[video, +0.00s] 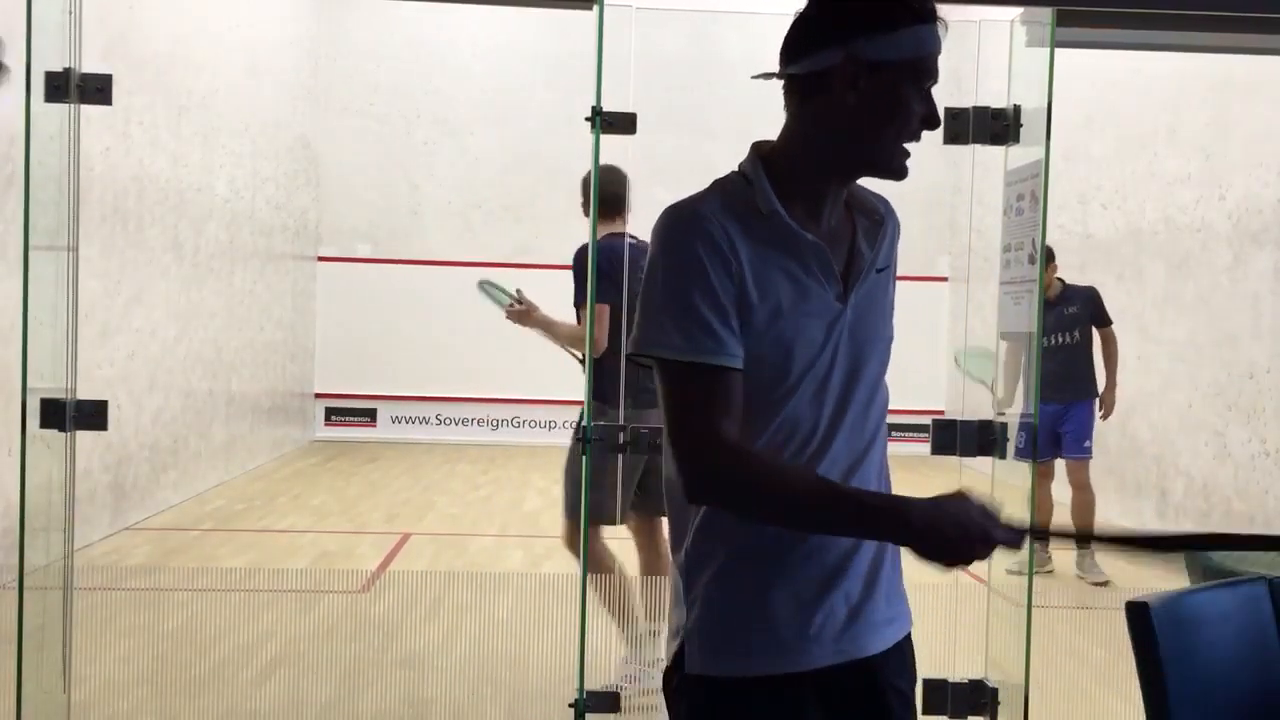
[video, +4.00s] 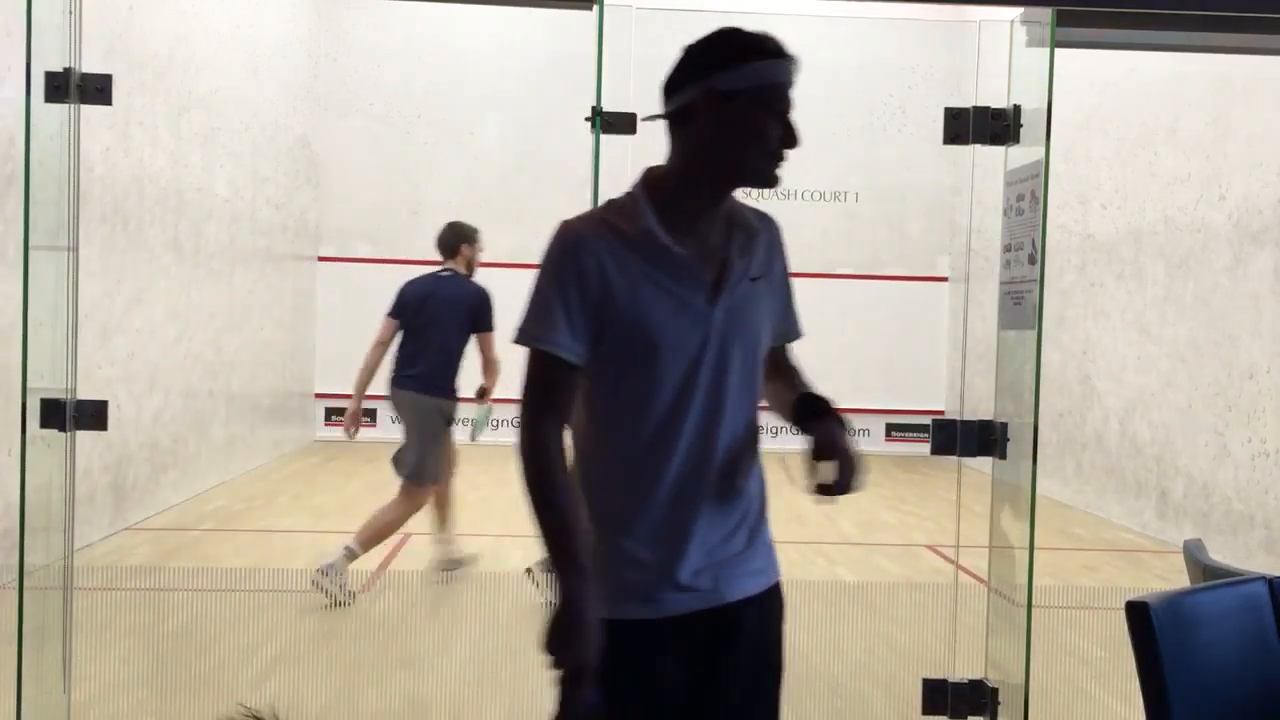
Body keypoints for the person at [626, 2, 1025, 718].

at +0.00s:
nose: (934, 114)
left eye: (932, 87)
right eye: (919, 84)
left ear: (852, 86)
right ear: (845, 81)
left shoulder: (876, 225)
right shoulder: (702, 235)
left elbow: (849, 418)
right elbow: (706, 464)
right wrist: (908, 520)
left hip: (872, 632)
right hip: (747, 651)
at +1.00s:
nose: (855, 110)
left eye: (850, 84)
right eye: (839, 82)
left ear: (769, 89)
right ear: (767, 85)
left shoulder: (790, 216)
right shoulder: (626, 239)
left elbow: (753, 405)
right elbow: (617, 474)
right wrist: (814, 487)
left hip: (797, 604)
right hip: (682, 634)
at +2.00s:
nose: (781, 136)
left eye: (773, 118)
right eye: (759, 120)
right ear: (691, 136)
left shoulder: (771, 246)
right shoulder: (609, 253)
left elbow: (809, 389)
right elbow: (545, 423)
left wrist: (849, 405)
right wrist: (688, 501)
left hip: (753, 568)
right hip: (658, 578)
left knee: (756, 712)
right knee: (668, 716)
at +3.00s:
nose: (560, 140)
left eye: (560, 119)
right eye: (538, 120)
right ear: (466, 121)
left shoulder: (582, 230)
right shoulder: (379, 253)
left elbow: (630, 367)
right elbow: (336, 408)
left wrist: (588, 404)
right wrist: (321, 563)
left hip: (566, 574)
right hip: (437, 578)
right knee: (414, 715)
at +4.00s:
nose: (793, 135)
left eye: (788, 113)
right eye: (774, 112)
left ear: (717, 118)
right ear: (703, 114)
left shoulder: (758, 239)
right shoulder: (589, 247)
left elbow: (771, 362)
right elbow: (540, 431)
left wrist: (816, 414)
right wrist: (574, 590)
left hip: (743, 589)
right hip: (627, 602)